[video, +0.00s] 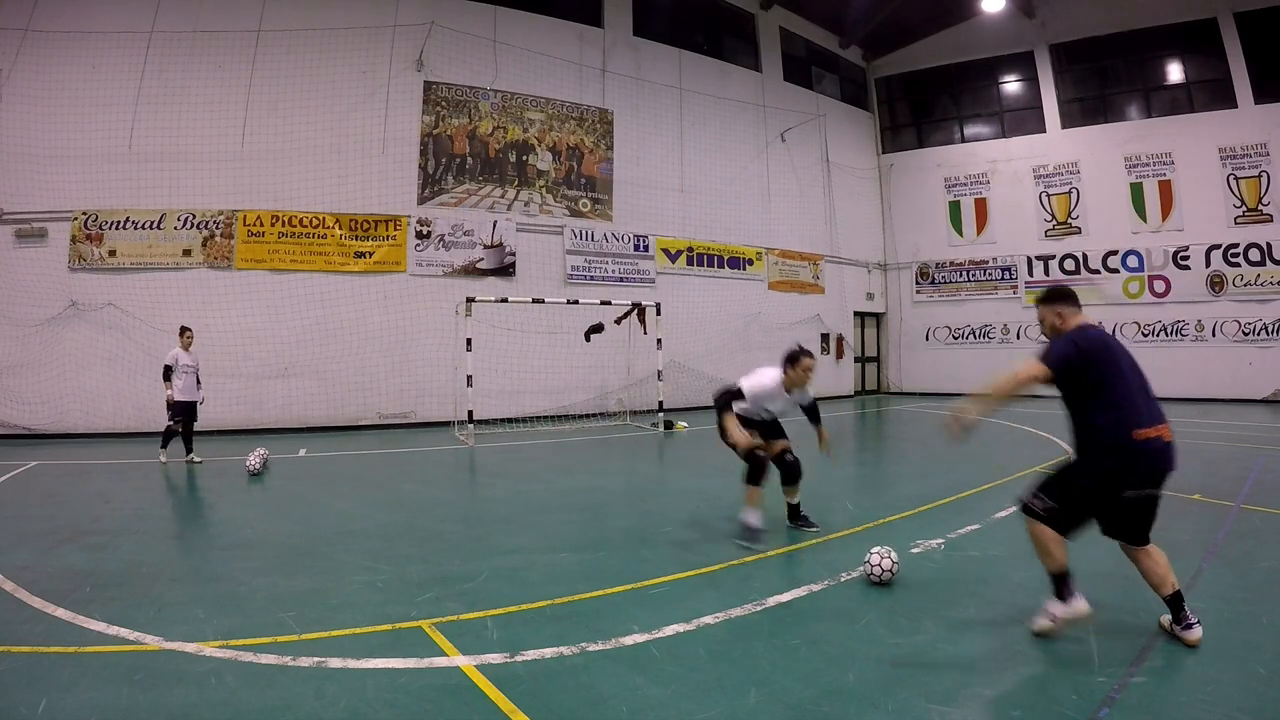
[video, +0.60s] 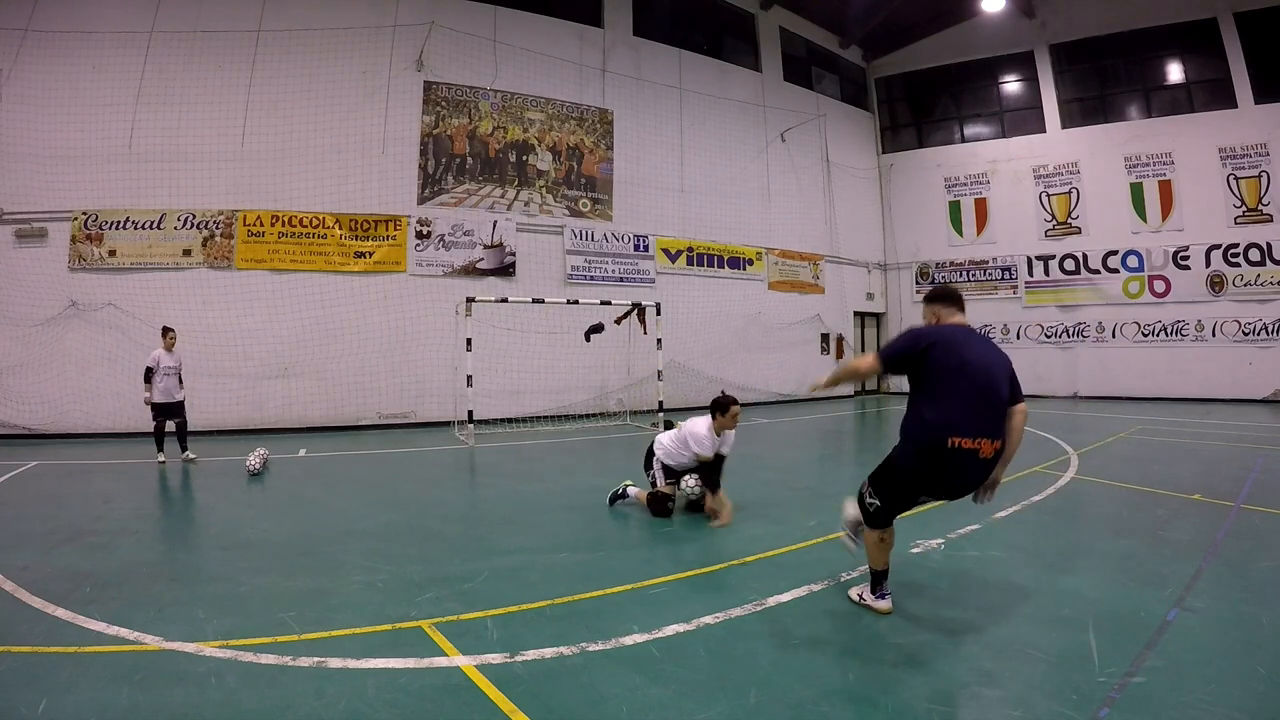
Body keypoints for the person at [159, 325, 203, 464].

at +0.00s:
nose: (190, 340)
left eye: (192, 338)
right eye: (188, 338)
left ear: (193, 339)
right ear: (180, 338)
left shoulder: (193, 356)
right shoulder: (174, 354)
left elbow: (196, 375)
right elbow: (166, 373)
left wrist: (200, 391)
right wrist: (169, 391)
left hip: (191, 398)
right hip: (177, 398)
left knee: (188, 427)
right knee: (175, 425)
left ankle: (189, 454)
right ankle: (163, 449)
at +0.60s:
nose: (173, 341)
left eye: (174, 338)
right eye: (170, 338)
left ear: (176, 340)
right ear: (163, 339)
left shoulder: (176, 356)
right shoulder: (156, 355)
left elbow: (179, 376)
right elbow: (148, 374)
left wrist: (182, 391)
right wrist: (147, 394)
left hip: (176, 397)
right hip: (159, 398)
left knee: (182, 424)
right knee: (160, 425)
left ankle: (185, 452)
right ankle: (160, 452)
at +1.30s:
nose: (189, 343)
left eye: (190, 340)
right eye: (187, 340)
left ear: (191, 341)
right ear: (179, 341)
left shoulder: (190, 357)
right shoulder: (171, 355)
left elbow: (191, 375)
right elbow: (160, 372)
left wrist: (192, 389)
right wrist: (159, 391)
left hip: (185, 399)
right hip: (170, 398)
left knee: (181, 426)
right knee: (167, 425)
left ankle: (177, 451)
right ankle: (161, 451)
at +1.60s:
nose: (205, 346)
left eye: (205, 344)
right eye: (202, 344)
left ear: (206, 345)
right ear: (194, 344)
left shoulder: (205, 361)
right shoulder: (183, 357)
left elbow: (208, 376)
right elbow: (167, 369)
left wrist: (205, 389)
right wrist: (153, 381)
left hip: (193, 397)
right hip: (178, 394)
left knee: (185, 424)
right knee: (186, 421)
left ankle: (176, 451)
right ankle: (187, 453)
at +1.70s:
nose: (209, 347)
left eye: (210, 345)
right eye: (207, 344)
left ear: (210, 345)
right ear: (199, 344)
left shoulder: (210, 361)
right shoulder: (187, 356)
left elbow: (214, 375)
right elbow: (171, 368)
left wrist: (209, 388)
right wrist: (156, 380)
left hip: (197, 396)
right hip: (183, 394)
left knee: (192, 424)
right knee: (190, 420)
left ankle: (180, 448)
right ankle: (186, 452)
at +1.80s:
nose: (214, 350)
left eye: (215, 347)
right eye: (212, 347)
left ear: (214, 347)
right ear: (203, 346)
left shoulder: (214, 362)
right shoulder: (191, 360)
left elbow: (215, 378)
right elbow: (179, 376)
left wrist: (210, 389)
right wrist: (169, 392)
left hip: (203, 397)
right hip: (188, 395)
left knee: (206, 426)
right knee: (190, 424)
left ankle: (192, 440)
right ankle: (181, 453)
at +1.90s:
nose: (220, 348)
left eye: (221, 345)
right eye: (218, 345)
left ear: (221, 346)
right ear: (210, 346)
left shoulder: (218, 360)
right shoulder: (201, 361)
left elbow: (213, 378)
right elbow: (192, 380)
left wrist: (212, 393)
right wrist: (195, 394)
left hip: (212, 400)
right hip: (197, 403)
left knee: (225, 420)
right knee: (191, 428)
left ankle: (220, 449)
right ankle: (181, 454)